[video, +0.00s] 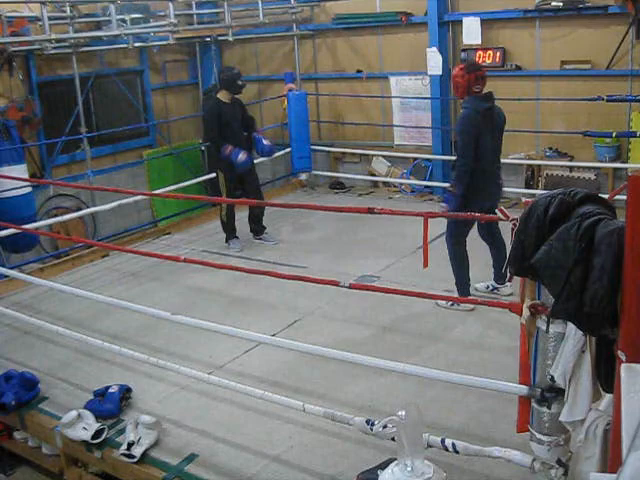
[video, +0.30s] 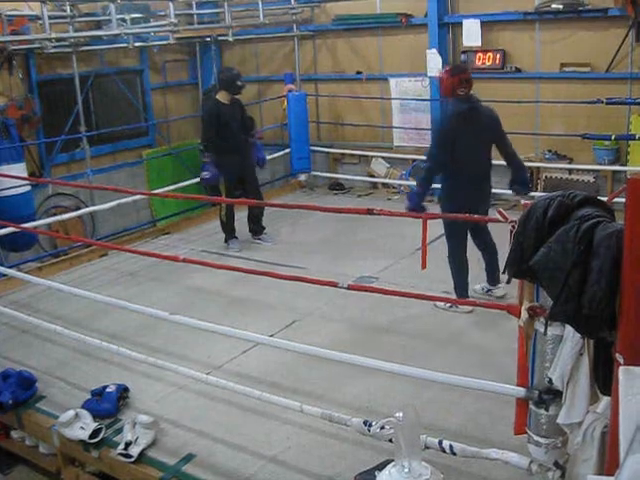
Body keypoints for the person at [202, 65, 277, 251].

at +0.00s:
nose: (241, 84)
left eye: (240, 80)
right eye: (237, 81)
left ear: (230, 83)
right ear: (227, 83)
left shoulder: (237, 103)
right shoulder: (212, 106)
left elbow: (248, 125)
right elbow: (212, 137)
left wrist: (257, 139)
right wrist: (231, 151)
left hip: (243, 154)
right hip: (222, 158)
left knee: (256, 195)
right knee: (227, 198)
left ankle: (258, 231)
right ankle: (231, 236)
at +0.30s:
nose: (240, 85)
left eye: (240, 82)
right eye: (237, 82)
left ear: (227, 84)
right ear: (227, 84)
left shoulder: (236, 104)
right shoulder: (212, 107)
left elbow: (247, 129)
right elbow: (208, 138)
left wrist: (257, 150)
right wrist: (209, 162)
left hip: (244, 158)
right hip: (224, 160)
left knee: (256, 196)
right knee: (228, 199)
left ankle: (257, 232)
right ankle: (230, 236)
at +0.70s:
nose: (247, 86)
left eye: (246, 83)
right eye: (243, 83)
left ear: (235, 85)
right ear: (233, 85)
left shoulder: (243, 105)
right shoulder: (217, 109)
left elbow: (250, 133)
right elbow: (210, 139)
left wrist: (260, 152)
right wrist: (213, 163)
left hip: (247, 157)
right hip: (227, 160)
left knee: (260, 196)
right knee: (229, 199)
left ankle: (265, 232)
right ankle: (230, 238)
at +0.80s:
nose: (250, 86)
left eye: (250, 82)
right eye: (246, 83)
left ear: (244, 84)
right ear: (235, 85)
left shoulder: (247, 104)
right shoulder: (222, 106)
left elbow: (254, 131)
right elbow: (219, 136)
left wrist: (265, 149)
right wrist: (221, 160)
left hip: (251, 157)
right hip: (231, 159)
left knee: (262, 196)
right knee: (231, 199)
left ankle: (266, 232)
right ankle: (230, 238)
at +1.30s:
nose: (273, 87)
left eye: (276, 83)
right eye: (269, 84)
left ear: (280, 84)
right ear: (261, 86)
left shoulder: (276, 104)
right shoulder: (251, 104)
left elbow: (286, 122)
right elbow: (247, 131)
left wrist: (303, 132)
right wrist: (262, 144)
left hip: (270, 152)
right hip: (252, 153)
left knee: (273, 194)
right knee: (265, 194)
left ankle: (265, 230)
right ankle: (257, 229)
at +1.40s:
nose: (279, 87)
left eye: (281, 83)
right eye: (275, 83)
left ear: (283, 84)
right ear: (266, 85)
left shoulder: (281, 103)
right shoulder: (253, 105)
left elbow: (294, 123)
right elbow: (251, 131)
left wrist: (310, 129)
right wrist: (266, 141)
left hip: (273, 153)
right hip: (255, 154)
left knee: (275, 196)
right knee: (269, 197)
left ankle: (271, 233)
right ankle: (266, 236)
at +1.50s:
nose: (285, 88)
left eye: (286, 84)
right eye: (280, 85)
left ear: (288, 85)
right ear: (271, 87)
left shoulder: (288, 103)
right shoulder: (260, 106)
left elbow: (302, 125)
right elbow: (257, 135)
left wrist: (316, 125)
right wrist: (270, 138)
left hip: (280, 154)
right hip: (261, 156)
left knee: (278, 194)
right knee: (274, 195)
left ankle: (265, 231)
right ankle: (287, 236)